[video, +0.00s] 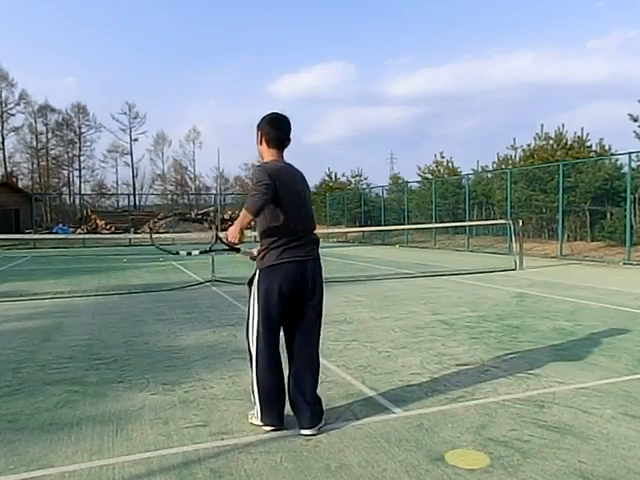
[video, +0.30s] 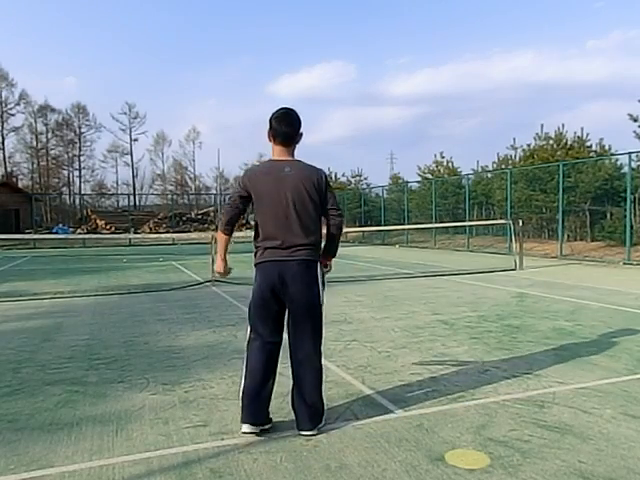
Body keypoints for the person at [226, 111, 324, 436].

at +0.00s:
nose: (256, 143)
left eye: (256, 138)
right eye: (258, 138)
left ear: (261, 139)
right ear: (287, 141)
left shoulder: (264, 172)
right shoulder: (298, 176)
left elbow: (257, 200)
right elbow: (303, 226)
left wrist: (237, 227)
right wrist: (268, 247)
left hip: (275, 271)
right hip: (309, 268)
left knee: (263, 341)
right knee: (305, 344)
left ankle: (269, 414)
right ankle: (309, 417)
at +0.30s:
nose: (271, 138)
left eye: (269, 133)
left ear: (268, 136)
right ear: (299, 137)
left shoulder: (253, 176)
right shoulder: (316, 177)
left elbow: (228, 217)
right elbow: (335, 223)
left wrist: (220, 255)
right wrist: (328, 254)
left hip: (266, 271)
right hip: (304, 270)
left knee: (262, 341)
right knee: (306, 345)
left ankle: (253, 418)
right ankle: (308, 419)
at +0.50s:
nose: (287, 138)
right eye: (288, 133)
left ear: (257, 137)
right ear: (288, 137)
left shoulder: (247, 179)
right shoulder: (293, 173)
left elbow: (246, 220)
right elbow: (314, 216)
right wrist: (338, 250)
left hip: (255, 272)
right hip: (289, 270)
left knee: (259, 347)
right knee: (302, 344)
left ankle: (252, 425)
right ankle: (308, 420)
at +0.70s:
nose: (280, 133)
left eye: (278, 128)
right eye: (280, 128)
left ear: (247, 132)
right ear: (277, 131)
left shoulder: (242, 174)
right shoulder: (276, 170)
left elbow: (250, 220)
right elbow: (289, 216)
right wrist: (328, 246)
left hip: (247, 268)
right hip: (277, 267)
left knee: (255, 346)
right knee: (297, 345)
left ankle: (251, 424)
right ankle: (302, 426)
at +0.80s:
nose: (277, 131)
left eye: (276, 125)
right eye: (276, 125)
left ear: (244, 132)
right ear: (272, 130)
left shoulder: (243, 168)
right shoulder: (274, 170)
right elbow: (282, 216)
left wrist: (281, 138)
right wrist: (323, 247)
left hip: (247, 268)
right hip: (276, 268)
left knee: (256, 349)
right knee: (298, 350)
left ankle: (250, 425)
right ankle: (292, 434)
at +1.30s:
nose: (287, 122)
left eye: (280, 116)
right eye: (286, 117)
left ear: (249, 127)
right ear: (284, 125)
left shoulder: (238, 165)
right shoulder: (293, 173)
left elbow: (264, 182)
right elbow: (301, 229)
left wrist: (300, 169)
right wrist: (325, 238)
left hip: (235, 278)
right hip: (273, 282)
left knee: (240, 357)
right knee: (277, 370)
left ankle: (238, 431)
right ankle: (272, 465)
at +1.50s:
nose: (271, 120)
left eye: (267, 114)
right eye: (270, 115)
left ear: (233, 125)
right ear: (268, 122)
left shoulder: (224, 169)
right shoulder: (276, 173)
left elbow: (234, 218)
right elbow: (291, 230)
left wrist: (288, 218)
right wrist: (313, 234)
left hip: (222, 281)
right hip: (260, 284)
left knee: (221, 362)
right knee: (273, 373)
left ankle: (187, 444)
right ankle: (272, 466)